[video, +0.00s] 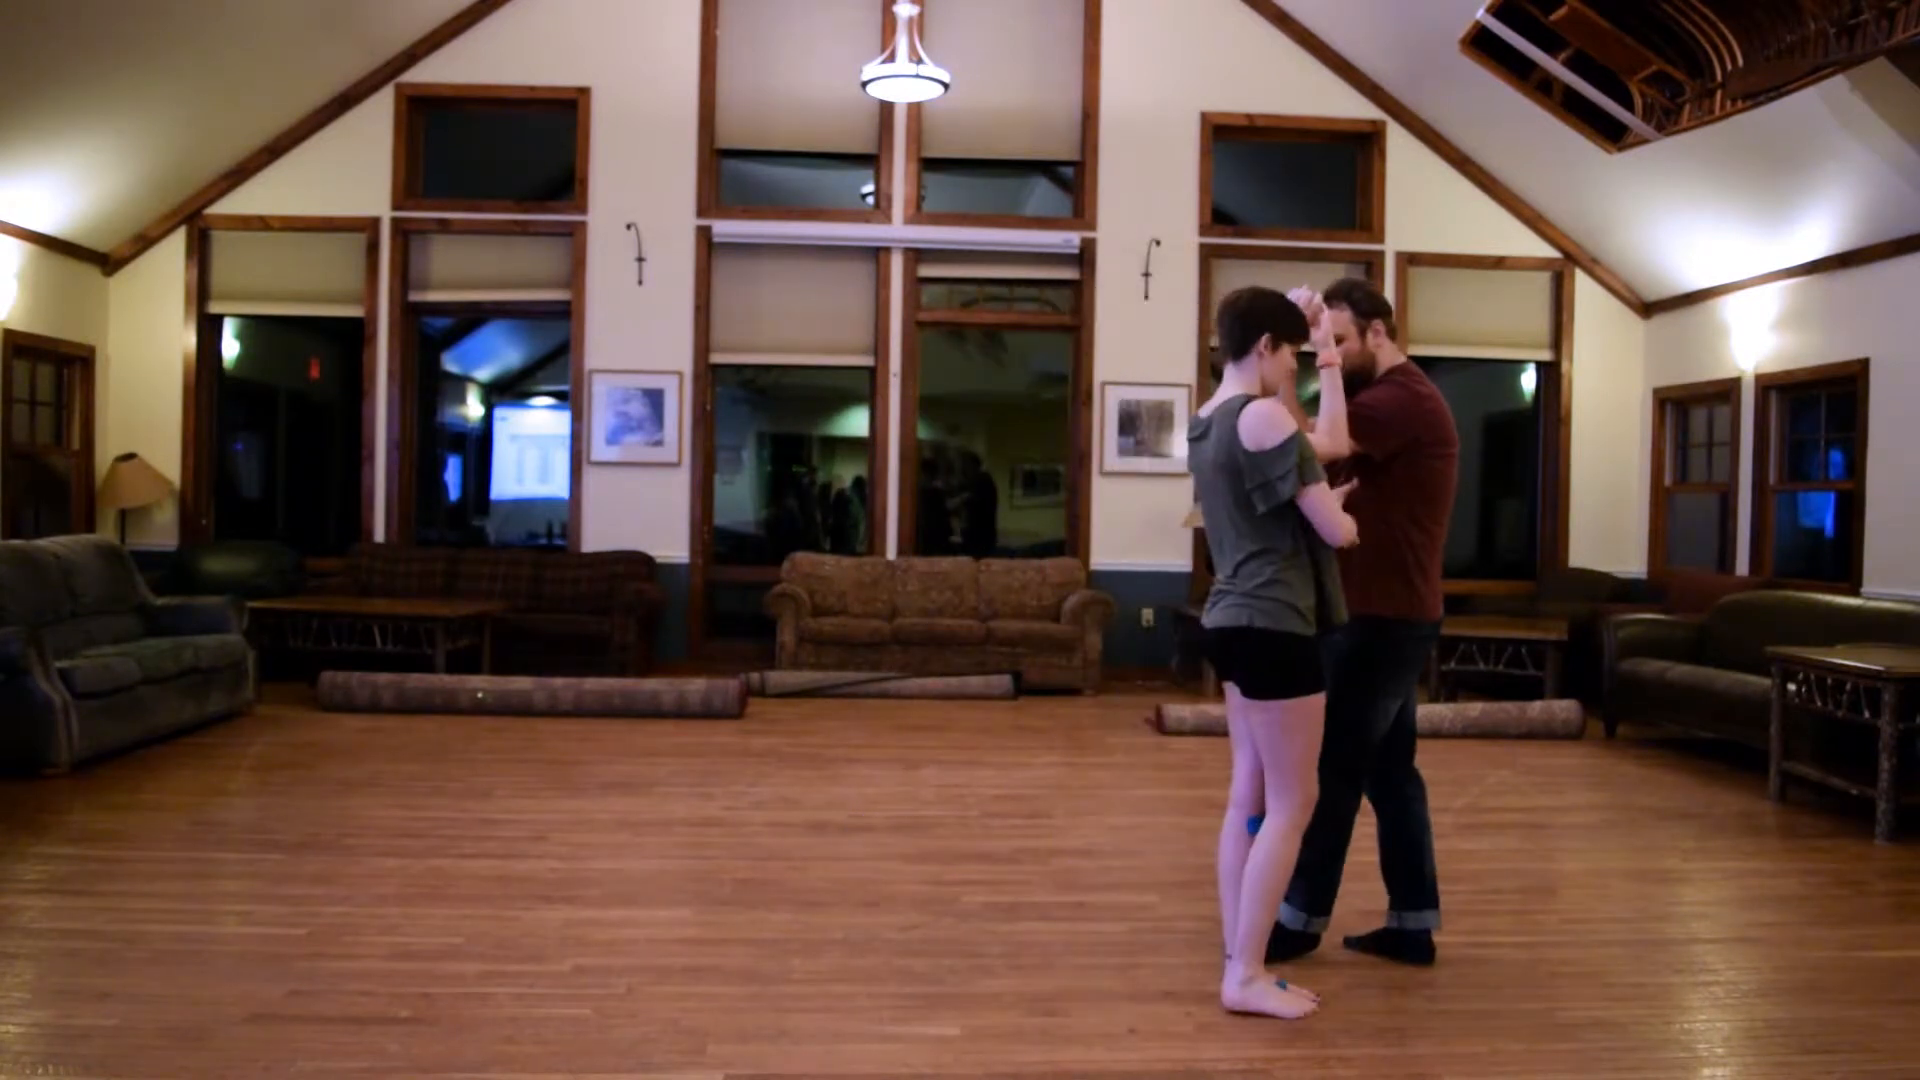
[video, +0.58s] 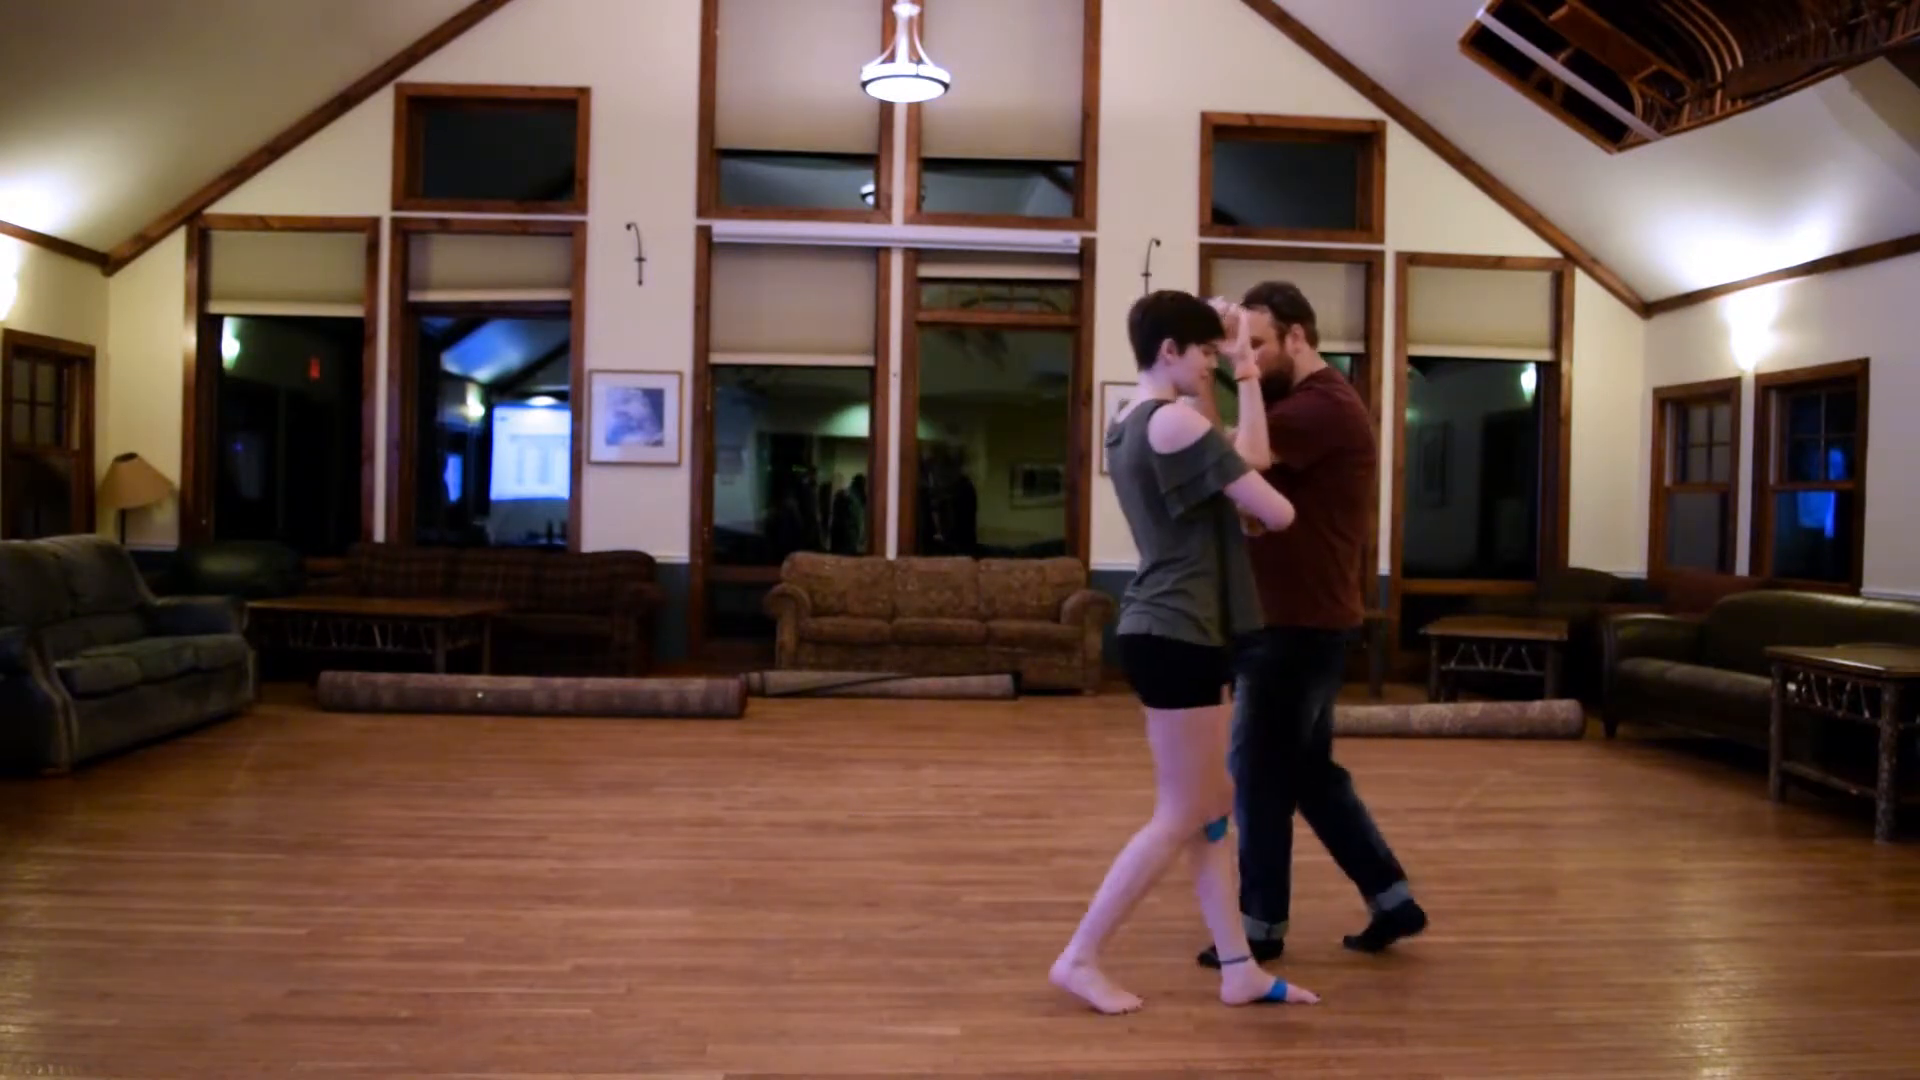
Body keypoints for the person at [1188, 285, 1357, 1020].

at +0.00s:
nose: (1301, 362)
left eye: (1301, 349)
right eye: (1296, 349)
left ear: (1235, 349)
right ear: (1267, 348)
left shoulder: (1208, 419)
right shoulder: (1266, 417)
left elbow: (1329, 442)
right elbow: (1335, 529)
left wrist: (1327, 360)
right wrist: (1336, 508)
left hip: (1232, 620)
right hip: (1278, 627)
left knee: (1248, 798)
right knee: (1289, 804)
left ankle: (1239, 964)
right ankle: (1247, 977)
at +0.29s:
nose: (1283, 367)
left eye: (1285, 354)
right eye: (1279, 353)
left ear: (1225, 349)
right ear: (1245, 347)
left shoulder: (1192, 421)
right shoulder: (1246, 419)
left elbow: (1308, 457)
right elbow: (1343, 512)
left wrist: (1315, 372)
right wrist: (1300, 508)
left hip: (1215, 624)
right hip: (1259, 628)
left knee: (1241, 800)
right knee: (1293, 802)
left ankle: (1237, 961)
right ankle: (1240, 974)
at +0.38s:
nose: (1293, 358)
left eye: (1304, 342)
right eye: (1290, 344)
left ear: (1342, 337)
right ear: (1335, 340)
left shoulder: (1365, 405)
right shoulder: (1362, 397)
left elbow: (1276, 469)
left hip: (1345, 622)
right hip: (1367, 619)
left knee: (1288, 767)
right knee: (1375, 767)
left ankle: (1262, 916)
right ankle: (1411, 922)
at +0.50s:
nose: (1267, 361)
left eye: (1278, 346)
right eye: (1263, 348)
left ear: (1317, 341)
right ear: (1307, 346)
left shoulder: (1340, 408)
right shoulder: (1331, 400)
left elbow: (1248, 470)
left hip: (1316, 628)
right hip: (1339, 624)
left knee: (1276, 778)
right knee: (1344, 766)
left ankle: (1263, 929)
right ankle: (1407, 920)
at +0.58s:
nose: (1244, 359)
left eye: (1255, 343)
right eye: (1241, 345)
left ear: (1297, 338)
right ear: (1291, 341)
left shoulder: (1320, 406)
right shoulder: (1313, 398)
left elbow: (1229, 464)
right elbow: (1238, 472)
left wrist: (1241, 376)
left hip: (1298, 623)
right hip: (1310, 619)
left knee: (1259, 771)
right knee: (1307, 768)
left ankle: (1261, 927)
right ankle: (1392, 901)